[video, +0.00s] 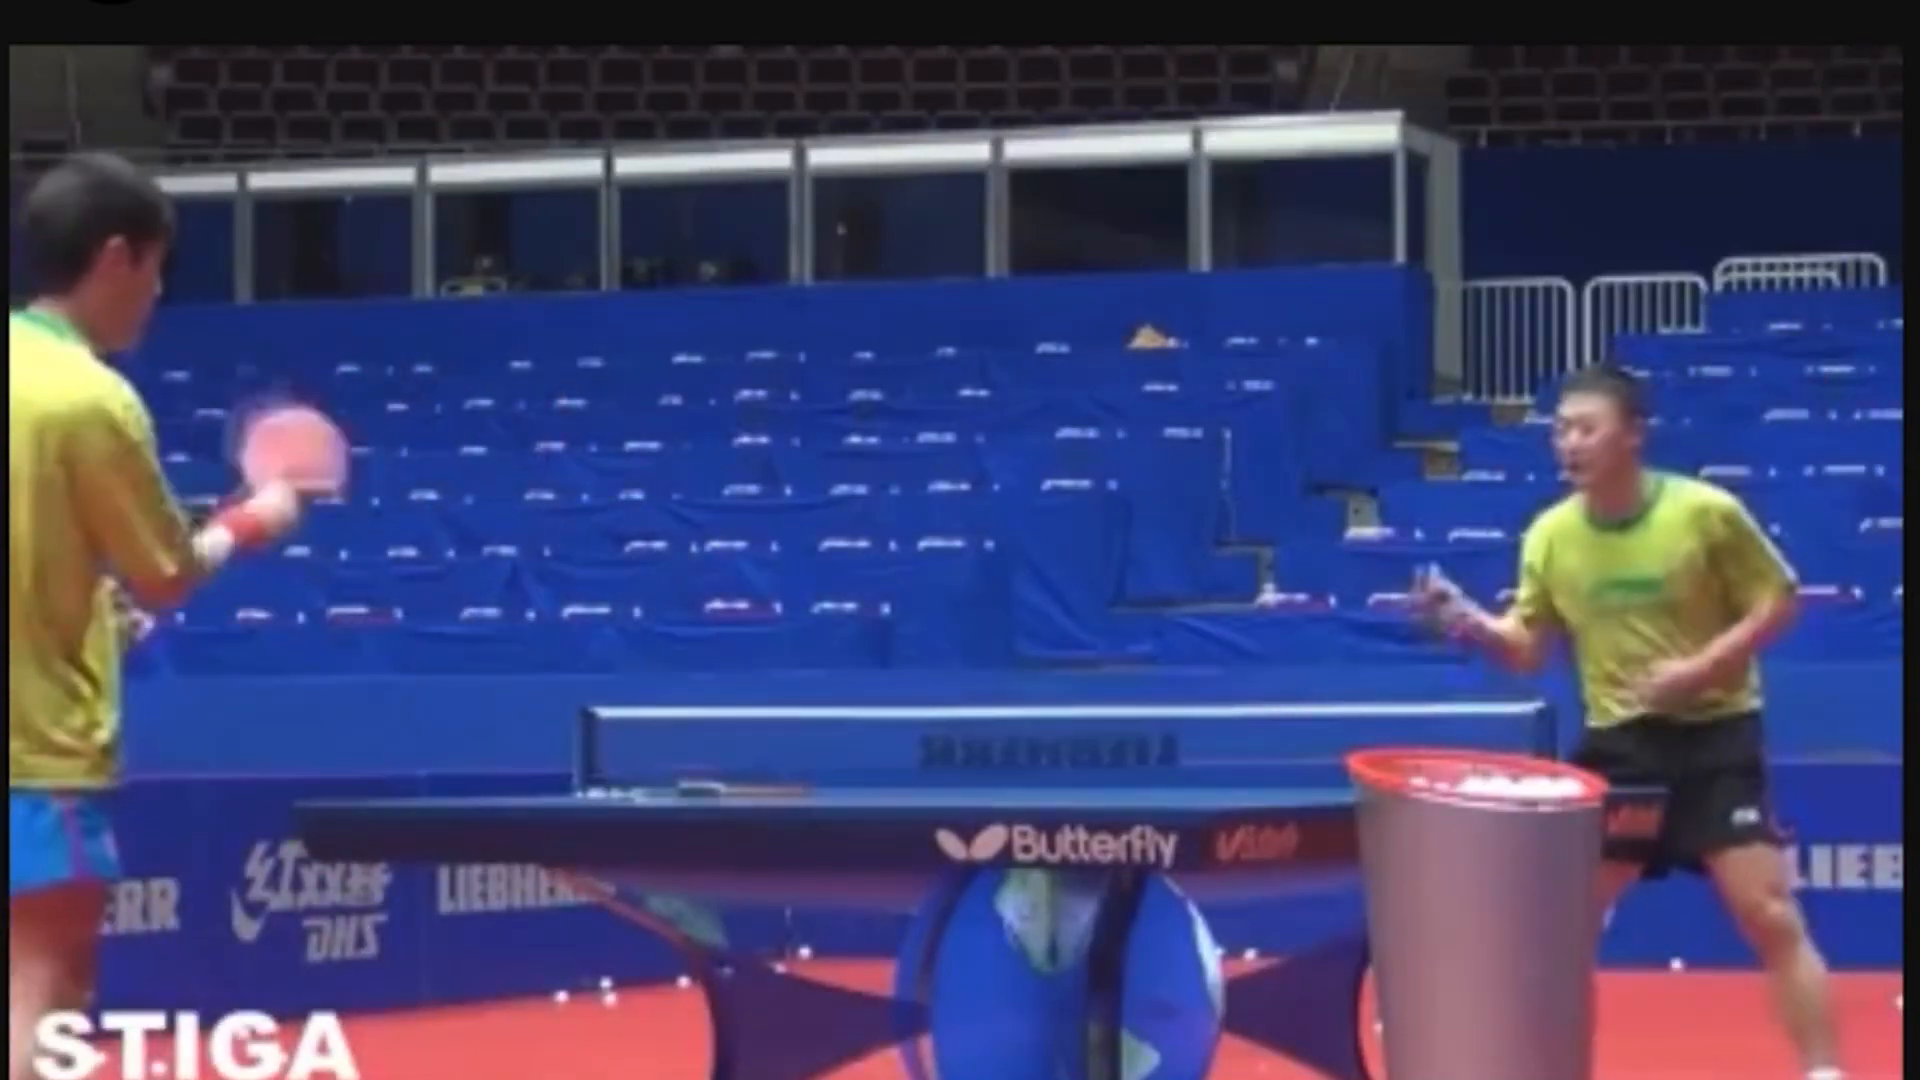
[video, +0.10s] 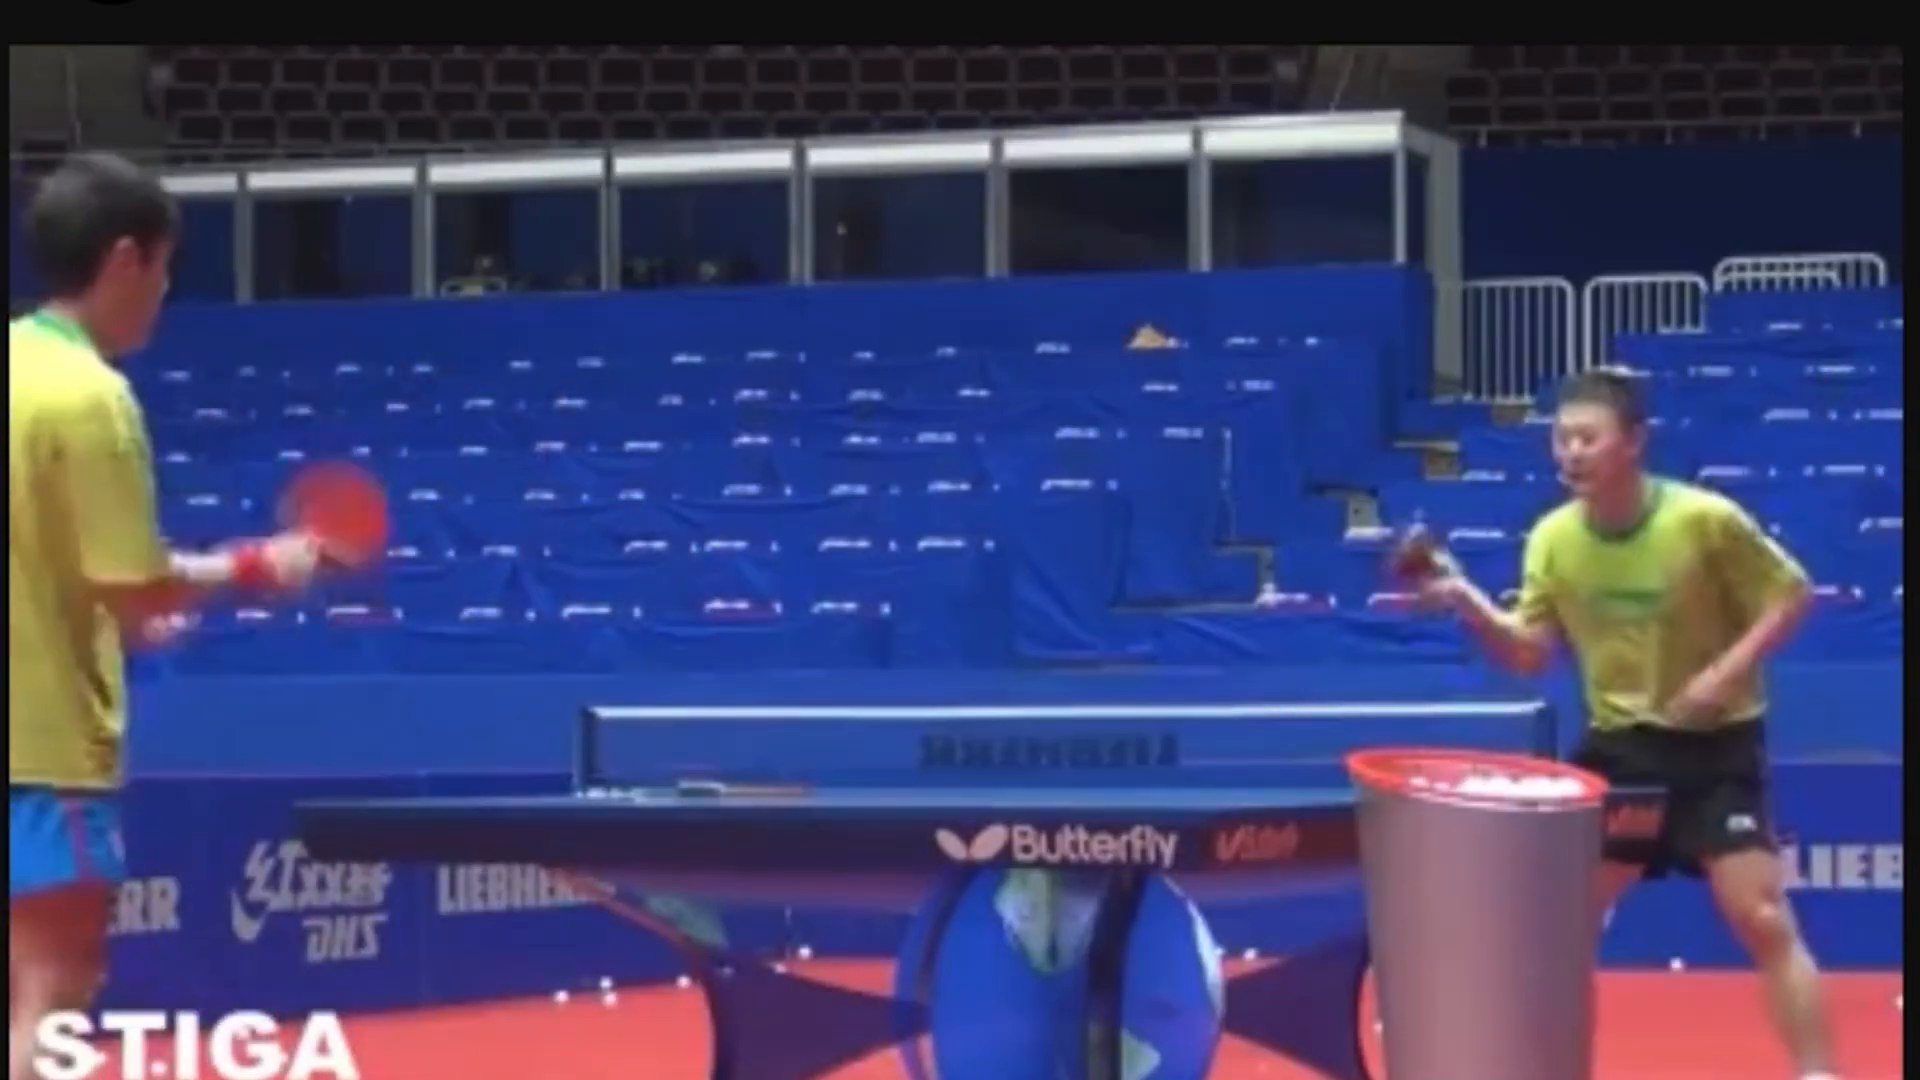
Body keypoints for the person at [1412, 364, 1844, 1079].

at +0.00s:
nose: (1568, 444)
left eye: (1585, 428)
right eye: (1560, 429)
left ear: (1633, 433)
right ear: (1555, 440)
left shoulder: (1706, 514)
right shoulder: (1548, 534)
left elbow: (1779, 598)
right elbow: (1526, 649)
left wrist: (1704, 666)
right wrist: (1469, 620)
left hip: (1714, 740)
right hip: (1615, 747)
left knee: (1770, 917)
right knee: (1562, 923)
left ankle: (1824, 1068)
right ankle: (1542, 1069)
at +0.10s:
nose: (1570, 454)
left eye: (1587, 437)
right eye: (1562, 439)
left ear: (1633, 442)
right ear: (1554, 447)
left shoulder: (1704, 520)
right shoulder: (1552, 537)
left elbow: (1790, 592)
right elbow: (1527, 653)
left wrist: (1726, 671)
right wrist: (1460, 596)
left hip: (1713, 748)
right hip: (1615, 750)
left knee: (1763, 919)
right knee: (1558, 921)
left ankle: (1818, 1069)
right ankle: (1540, 1069)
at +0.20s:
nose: (1578, 469)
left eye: (1595, 451)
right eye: (1570, 453)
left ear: (1641, 452)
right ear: (1561, 458)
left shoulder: (1708, 530)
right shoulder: (1564, 542)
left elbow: (1806, 596)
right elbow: (1540, 660)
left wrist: (1739, 690)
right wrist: (1467, 602)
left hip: (1722, 753)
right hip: (1626, 753)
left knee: (1770, 920)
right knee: (1559, 918)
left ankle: (1819, 1070)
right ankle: (1543, 1070)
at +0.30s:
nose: (1591, 478)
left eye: (1608, 460)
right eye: (1581, 463)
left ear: (1652, 459)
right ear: (1572, 467)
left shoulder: (1715, 536)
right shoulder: (1575, 544)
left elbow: (1820, 607)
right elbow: (1561, 640)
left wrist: (1749, 700)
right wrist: (1539, 666)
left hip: (1736, 750)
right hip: (1640, 751)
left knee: (1780, 919)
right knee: (1573, 918)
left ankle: (1820, 1070)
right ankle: (1561, 1067)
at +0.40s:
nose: (1606, 490)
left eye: (1623, 471)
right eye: (1595, 473)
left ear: (1663, 473)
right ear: (1582, 480)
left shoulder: (1726, 541)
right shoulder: (1584, 555)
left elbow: (1835, 604)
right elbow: (1573, 666)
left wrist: (1772, 695)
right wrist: (1602, 725)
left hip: (1748, 753)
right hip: (1655, 757)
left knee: (1787, 916)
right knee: (1592, 926)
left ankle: (1821, 1071)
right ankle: (1574, 1068)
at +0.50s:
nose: (1605, 500)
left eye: (1621, 482)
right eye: (1593, 484)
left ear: (1663, 481)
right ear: (1582, 488)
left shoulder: (1731, 546)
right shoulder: (1588, 564)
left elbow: (1840, 604)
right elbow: (1591, 671)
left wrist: (1785, 699)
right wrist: (1612, 726)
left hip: (1757, 752)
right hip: (1662, 758)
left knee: (1792, 915)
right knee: (1604, 922)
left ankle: (1824, 1070)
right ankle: (1578, 1068)